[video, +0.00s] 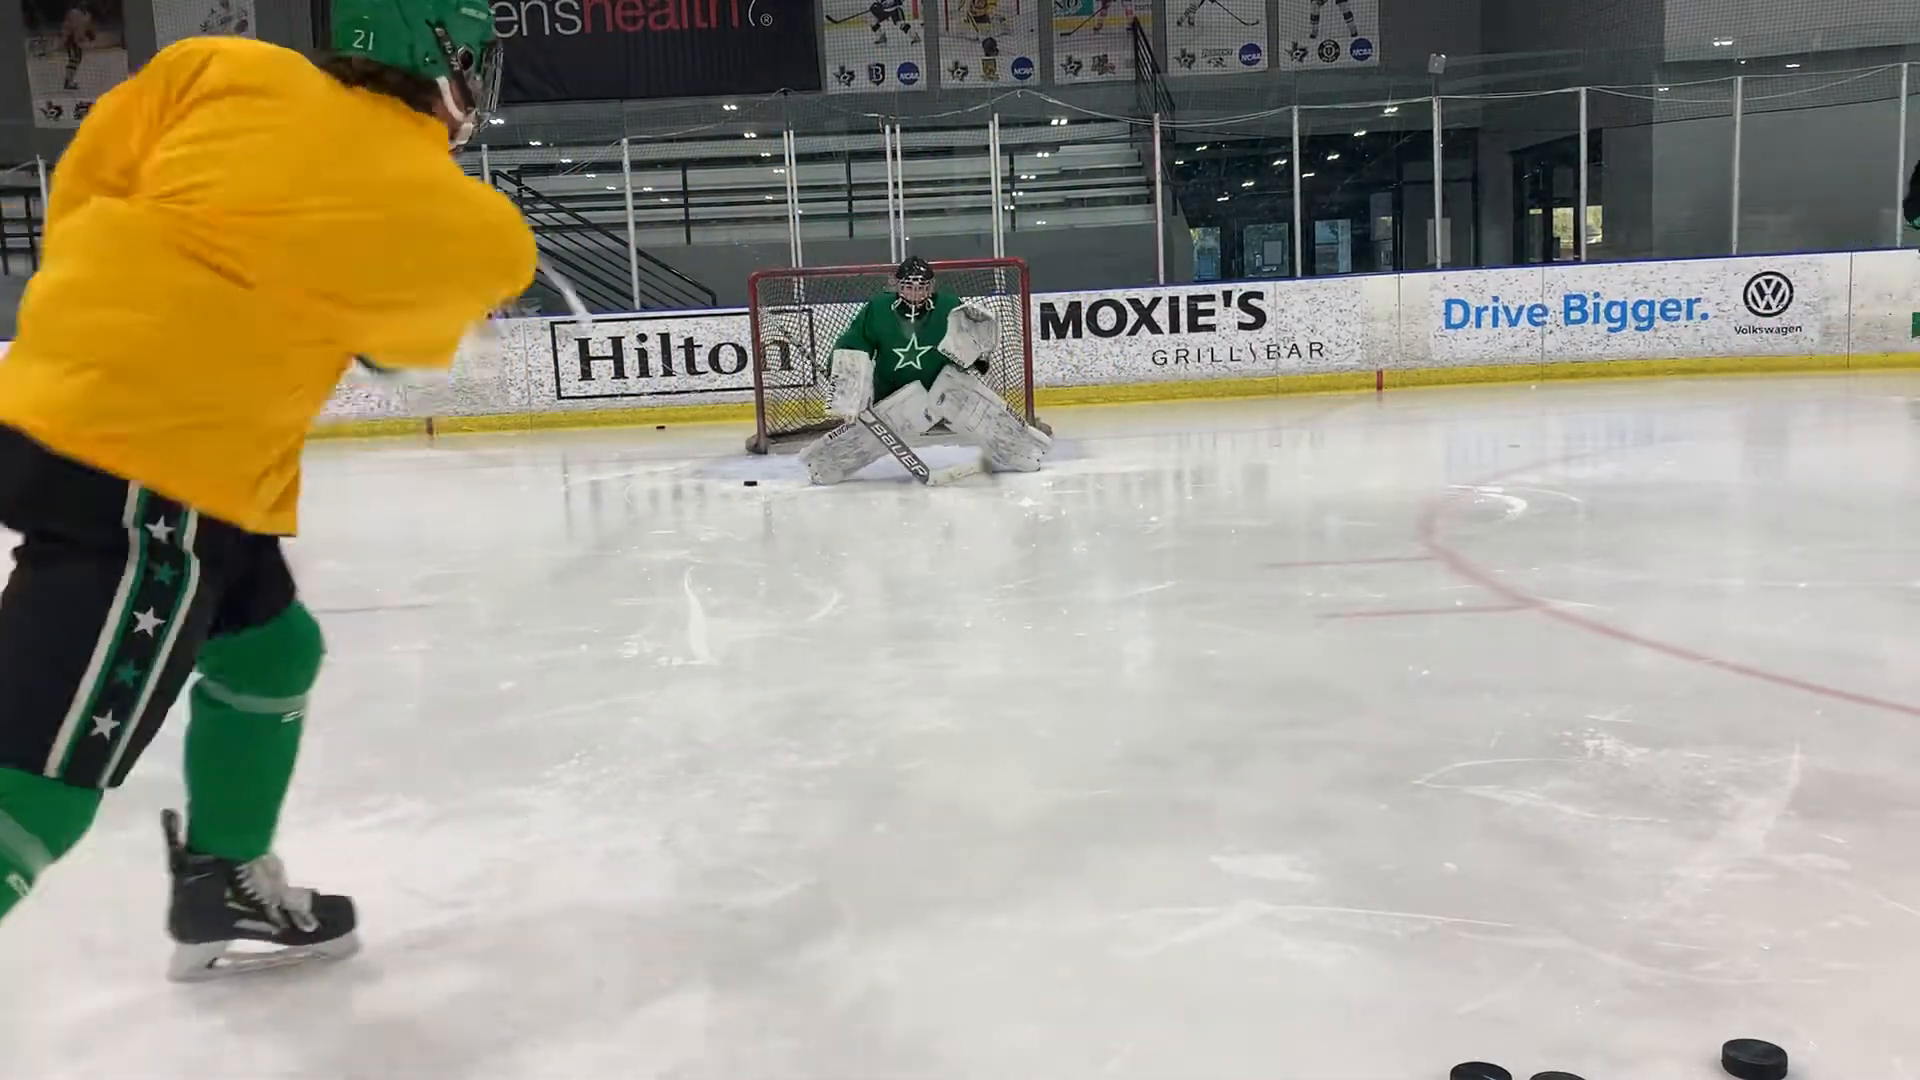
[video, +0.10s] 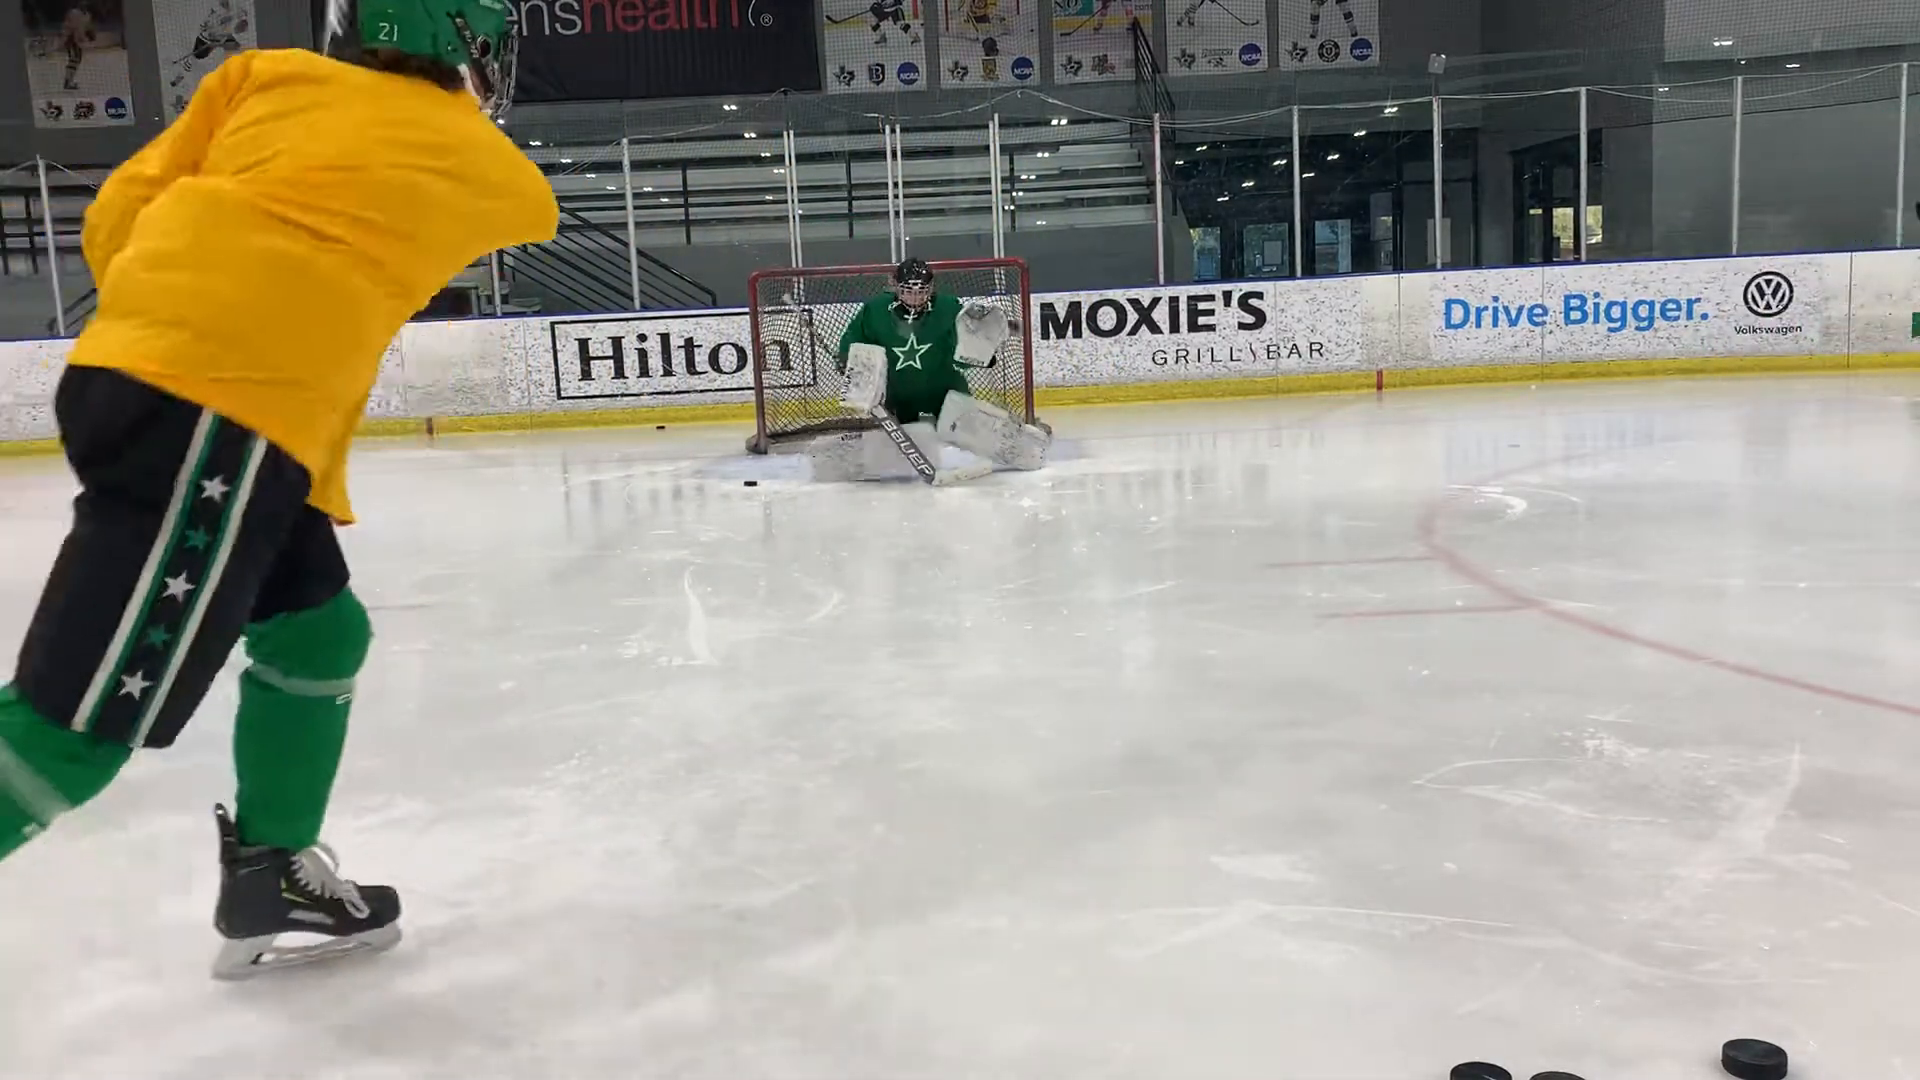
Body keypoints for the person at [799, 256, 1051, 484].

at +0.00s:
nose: (916, 292)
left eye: (921, 286)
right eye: (909, 286)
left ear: (931, 285)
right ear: (898, 286)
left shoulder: (950, 307)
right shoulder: (877, 311)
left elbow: (977, 359)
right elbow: (850, 349)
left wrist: (973, 349)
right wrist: (849, 388)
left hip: (946, 389)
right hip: (895, 399)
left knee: (981, 415)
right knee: (870, 434)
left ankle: (1019, 448)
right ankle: (827, 464)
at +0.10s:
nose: (915, 297)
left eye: (921, 290)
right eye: (909, 290)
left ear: (930, 288)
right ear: (897, 288)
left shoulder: (948, 308)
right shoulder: (874, 312)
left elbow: (977, 357)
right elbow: (847, 348)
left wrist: (985, 331)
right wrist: (862, 370)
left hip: (945, 401)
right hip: (896, 405)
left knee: (984, 430)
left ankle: (1024, 445)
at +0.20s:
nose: (918, 302)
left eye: (923, 296)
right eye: (912, 296)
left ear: (931, 296)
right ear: (899, 295)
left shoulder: (947, 317)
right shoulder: (876, 319)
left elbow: (967, 352)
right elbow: (847, 355)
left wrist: (998, 346)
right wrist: (859, 386)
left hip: (945, 412)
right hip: (896, 414)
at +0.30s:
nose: (928, 305)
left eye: (932, 298)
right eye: (921, 299)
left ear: (938, 298)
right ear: (904, 300)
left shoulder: (951, 324)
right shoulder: (881, 326)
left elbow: (975, 355)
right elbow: (849, 358)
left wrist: (1010, 340)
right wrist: (853, 390)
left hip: (943, 410)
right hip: (892, 412)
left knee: (975, 444)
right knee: (884, 449)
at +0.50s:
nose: (944, 297)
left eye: (945, 289)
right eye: (936, 291)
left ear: (948, 288)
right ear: (918, 293)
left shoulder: (961, 322)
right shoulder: (889, 323)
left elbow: (983, 356)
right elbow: (853, 360)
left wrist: (1013, 327)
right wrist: (852, 405)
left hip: (954, 426)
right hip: (899, 428)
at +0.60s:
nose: (940, 292)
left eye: (943, 284)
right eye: (933, 285)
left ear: (948, 285)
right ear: (915, 287)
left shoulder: (961, 319)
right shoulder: (890, 319)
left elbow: (976, 360)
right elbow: (852, 360)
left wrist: (1011, 343)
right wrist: (858, 399)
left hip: (954, 425)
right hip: (900, 427)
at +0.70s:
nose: (943, 288)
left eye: (945, 281)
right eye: (936, 282)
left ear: (948, 283)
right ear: (917, 284)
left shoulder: (959, 318)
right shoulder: (890, 317)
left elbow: (979, 361)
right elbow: (854, 359)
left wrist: (1005, 362)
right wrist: (860, 399)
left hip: (955, 423)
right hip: (902, 425)